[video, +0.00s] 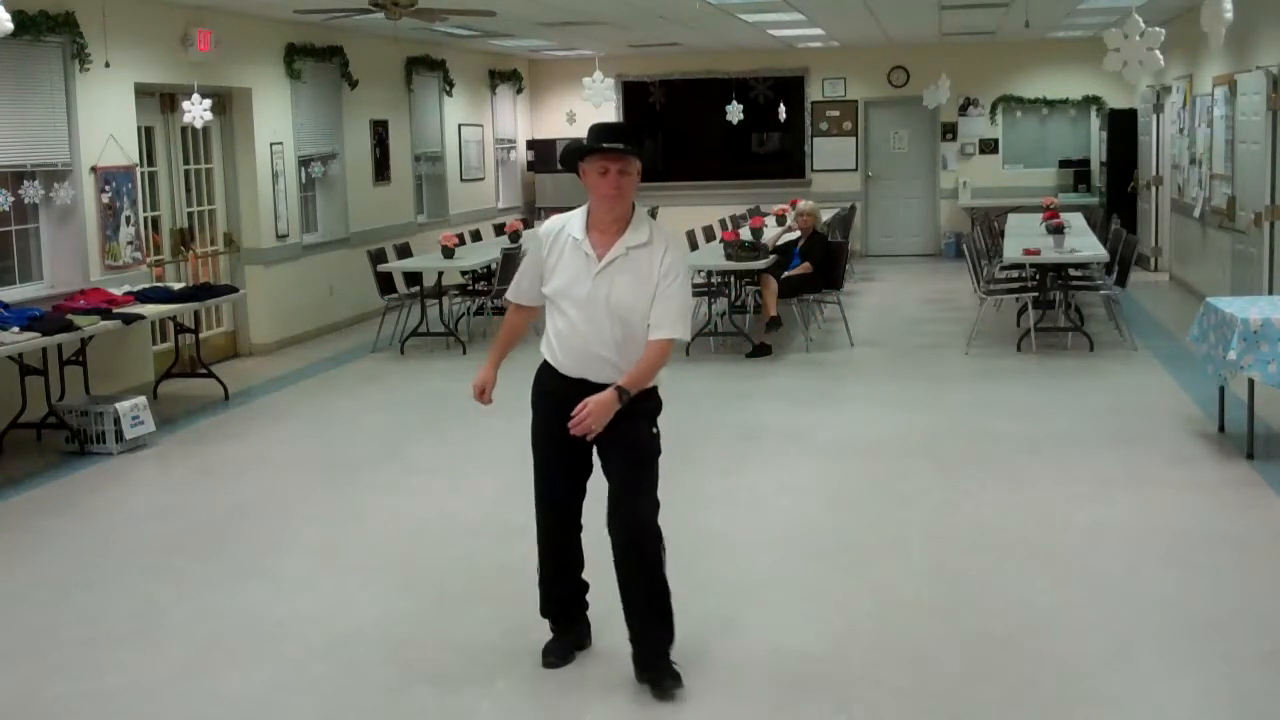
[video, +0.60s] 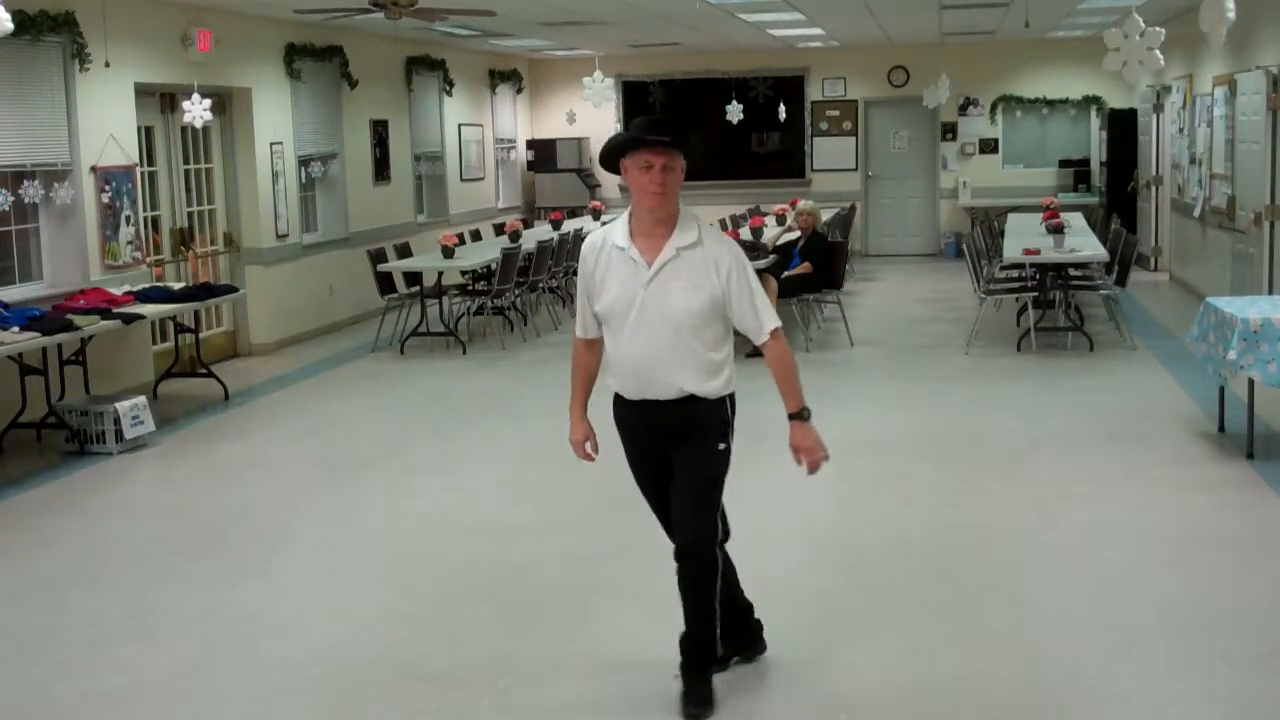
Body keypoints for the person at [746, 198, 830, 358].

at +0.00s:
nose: (804, 218)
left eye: (808, 215)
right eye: (801, 215)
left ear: (815, 219)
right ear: (796, 220)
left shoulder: (820, 239)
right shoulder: (796, 241)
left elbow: (809, 267)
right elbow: (767, 249)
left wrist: (785, 276)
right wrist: (784, 230)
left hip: (809, 278)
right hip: (789, 274)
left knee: (767, 291)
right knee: (765, 275)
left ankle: (763, 344)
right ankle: (773, 316)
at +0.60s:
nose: (804, 218)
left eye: (808, 215)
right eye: (800, 215)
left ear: (815, 219)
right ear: (796, 220)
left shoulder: (819, 239)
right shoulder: (796, 241)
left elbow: (809, 267)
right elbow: (768, 249)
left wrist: (785, 276)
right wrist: (784, 229)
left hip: (809, 278)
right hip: (790, 274)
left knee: (765, 290)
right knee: (766, 276)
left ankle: (761, 343)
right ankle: (771, 327)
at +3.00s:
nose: (802, 219)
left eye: (806, 216)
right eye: (799, 216)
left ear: (814, 219)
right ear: (794, 220)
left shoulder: (820, 240)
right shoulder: (796, 242)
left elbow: (809, 267)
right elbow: (767, 250)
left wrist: (784, 277)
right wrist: (785, 231)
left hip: (810, 278)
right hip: (792, 276)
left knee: (766, 291)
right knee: (766, 276)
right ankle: (773, 316)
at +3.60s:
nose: (802, 220)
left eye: (806, 216)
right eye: (799, 216)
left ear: (814, 219)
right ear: (795, 220)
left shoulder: (820, 240)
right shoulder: (797, 241)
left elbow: (810, 267)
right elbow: (767, 249)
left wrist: (785, 276)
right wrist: (784, 230)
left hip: (810, 279)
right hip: (791, 275)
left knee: (768, 292)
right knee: (765, 276)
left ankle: (769, 343)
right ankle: (773, 315)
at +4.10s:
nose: (801, 220)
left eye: (805, 216)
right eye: (798, 217)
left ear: (813, 219)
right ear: (794, 221)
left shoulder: (820, 240)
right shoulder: (796, 242)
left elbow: (809, 267)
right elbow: (767, 249)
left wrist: (785, 276)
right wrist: (784, 230)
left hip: (809, 279)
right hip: (790, 275)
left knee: (768, 291)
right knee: (765, 275)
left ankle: (769, 343)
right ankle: (773, 315)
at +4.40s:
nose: (801, 220)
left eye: (805, 216)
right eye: (798, 217)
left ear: (814, 219)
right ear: (794, 221)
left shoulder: (820, 240)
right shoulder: (796, 242)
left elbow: (809, 267)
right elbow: (767, 249)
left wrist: (785, 276)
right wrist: (785, 230)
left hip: (809, 279)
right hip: (790, 275)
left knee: (768, 291)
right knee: (765, 275)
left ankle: (769, 343)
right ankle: (773, 315)